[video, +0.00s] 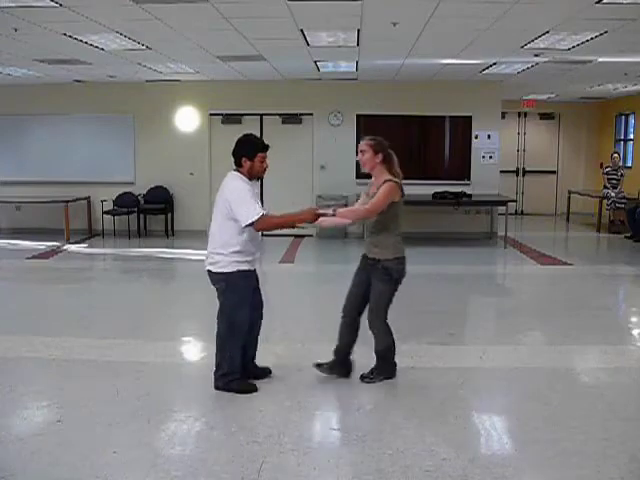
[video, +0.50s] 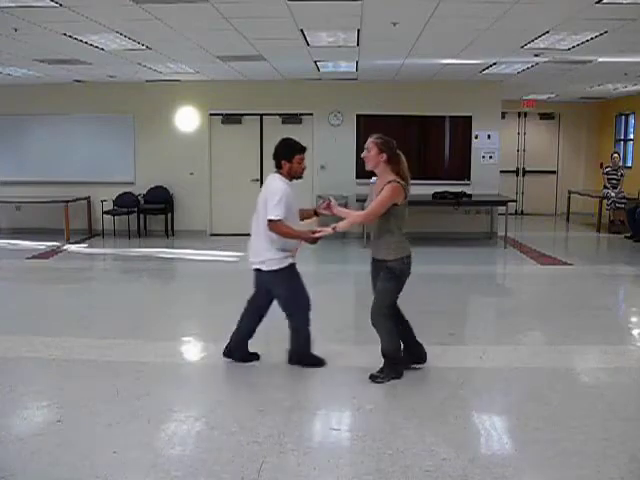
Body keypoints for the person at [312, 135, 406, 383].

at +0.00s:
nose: (359, 158)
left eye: (363, 153)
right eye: (359, 153)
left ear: (379, 156)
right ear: (374, 158)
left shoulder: (390, 186)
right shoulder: (372, 186)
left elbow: (368, 213)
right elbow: (356, 211)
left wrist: (333, 218)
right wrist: (328, 214)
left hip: (389, 263)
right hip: (370, 260)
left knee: (376, 318)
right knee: (350, 312)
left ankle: (386, 366)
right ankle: (341, 361)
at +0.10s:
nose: (364, 157)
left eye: (368, 152)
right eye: (365, 153)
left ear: (384, 156)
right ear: (382, 158)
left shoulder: (393, 186)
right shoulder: (380, 184)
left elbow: (364, 213)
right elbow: (364, 211)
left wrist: (330, 215)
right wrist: (331, 214)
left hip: (396, 261)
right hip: (379, 258)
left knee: (380, 312)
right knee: (362, 307)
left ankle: (387, 365)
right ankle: (375, 358)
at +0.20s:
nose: (368, 156)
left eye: (372, 151)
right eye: (368, 151)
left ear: (388, 154)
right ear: (387, 155)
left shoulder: (393, 185)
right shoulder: (391, 183)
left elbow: (361, 209)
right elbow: (368, 214)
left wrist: (329, 216)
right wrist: (338, 211)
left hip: (398, 257)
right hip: (392, 255)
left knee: (383, 310)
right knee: (384, 307)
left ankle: (387, 364)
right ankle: (406, 348)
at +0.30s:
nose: (368, 155)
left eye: (373, 150)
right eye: (369, 150)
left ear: (388, 154)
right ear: (388, 155)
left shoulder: (393, 185)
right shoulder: (395, 183)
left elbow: (360, 210)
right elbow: (369, 215)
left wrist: (330, 217)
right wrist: (340, 211)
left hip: (399, 258)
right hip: (401, 255)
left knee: (382, 311)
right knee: (399, 307)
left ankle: (385, 366)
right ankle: (416, 353)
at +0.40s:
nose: (367, 155)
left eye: (372, 150)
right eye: (368, 150)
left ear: (387, 156)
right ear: (386, 156)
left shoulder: (392, 187)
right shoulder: (391, 184)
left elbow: (360, 215)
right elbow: (367, 214)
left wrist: (328, 227)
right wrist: (338, 210)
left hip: (398, 259)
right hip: (398, 257)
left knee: (379, 312)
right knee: (399, 306)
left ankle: (389, 365)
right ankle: (416, 353)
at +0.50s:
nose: (363, 155)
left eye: (368, 151)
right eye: (364, 150)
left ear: (382, 156)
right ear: (380, 156)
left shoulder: (393, 187)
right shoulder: (379, 183)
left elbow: (367, 217)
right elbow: (367, 216)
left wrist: (334, 229)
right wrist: (337, 211)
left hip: (394, 262)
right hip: (380, 259)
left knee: (380, 313)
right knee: (388, 308)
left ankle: (393, 364)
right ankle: (414, 351)